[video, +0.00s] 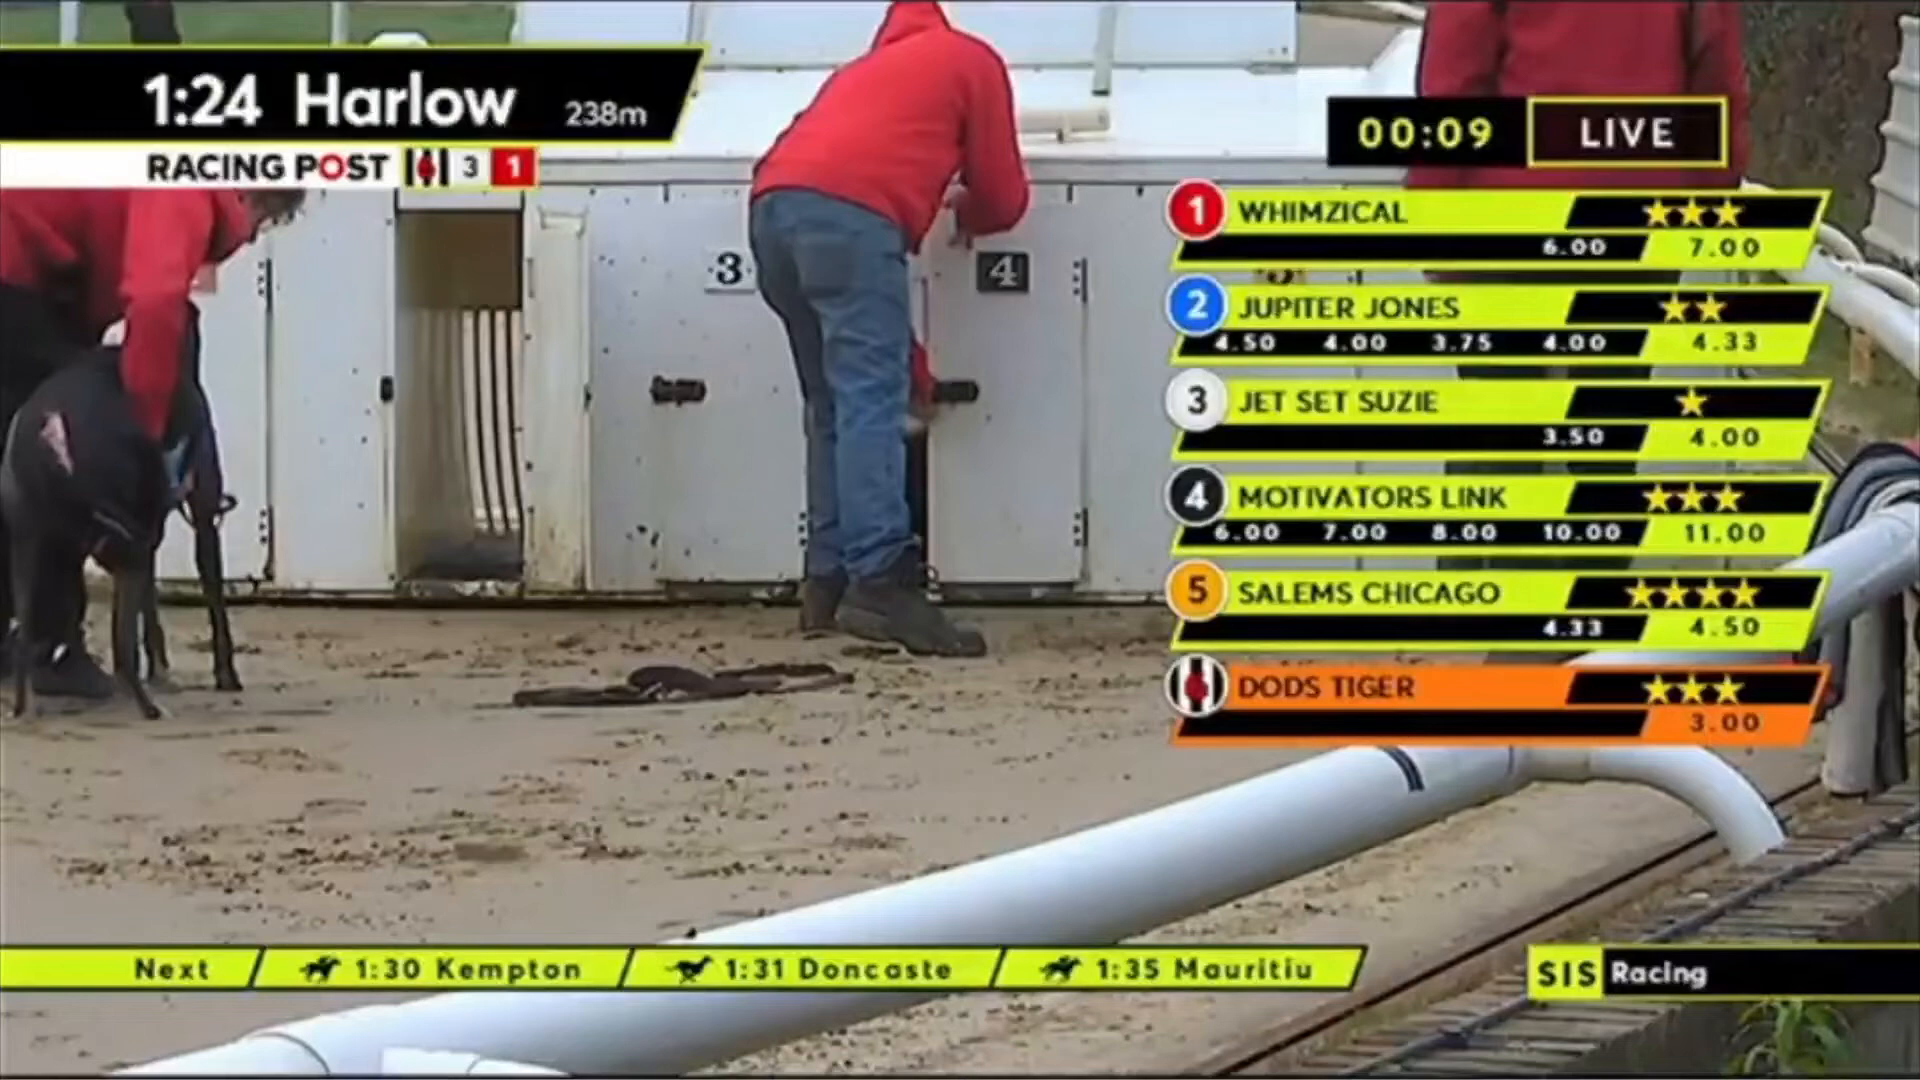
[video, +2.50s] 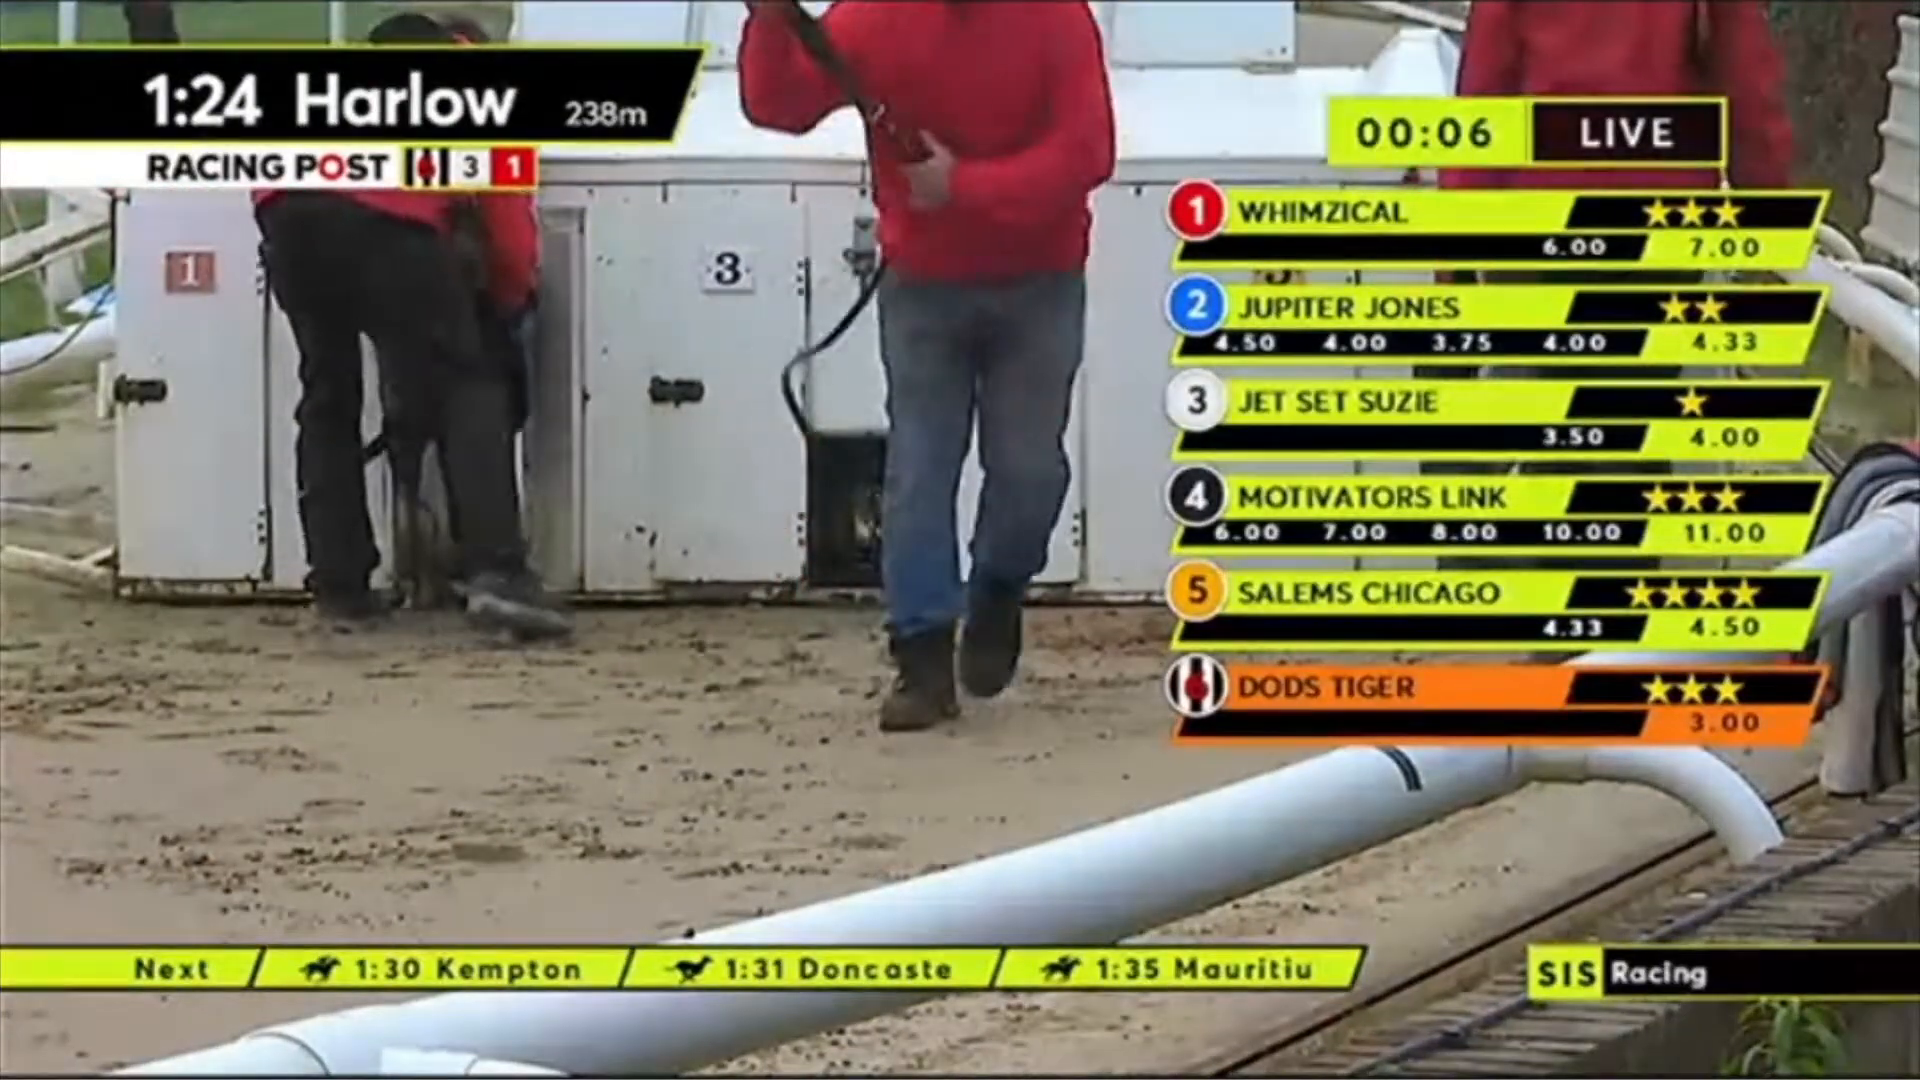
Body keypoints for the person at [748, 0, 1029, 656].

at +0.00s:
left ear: (894, 28)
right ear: (951, 23)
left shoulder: (861, 67)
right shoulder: (973, 58)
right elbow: (1003, 205)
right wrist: (968, 210)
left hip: (774, 212)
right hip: (854, 215)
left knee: (825, 403)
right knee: (872, 401)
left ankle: (826, 584)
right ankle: (880, 584)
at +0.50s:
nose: (1015, 12)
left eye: (1015, 11)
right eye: (1014, 7)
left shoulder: (919, 12)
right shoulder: (945, 13)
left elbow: (830, 78)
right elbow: (882, 109)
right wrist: (881, 242)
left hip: (808, 217)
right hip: (821, 223)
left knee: (849, 394)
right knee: (862, 392)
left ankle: (843, 581)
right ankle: (831, 595)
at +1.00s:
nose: (886, 66)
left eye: (901, 52)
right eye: (871, 50)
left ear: (928, 38)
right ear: (851, 36)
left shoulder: (974, 41)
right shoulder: (815, 77)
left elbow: (980, 131)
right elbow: (787, 234)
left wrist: (938, 211)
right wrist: (806, 372)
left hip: (932, 259)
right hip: (830, 271)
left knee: (952, 395)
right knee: (817, 419)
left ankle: (963, 587)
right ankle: (826, 602)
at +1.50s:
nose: (862, 364)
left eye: (876, 344)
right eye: (845, 346)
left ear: (907, 315)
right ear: (824, 318)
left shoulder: (996, 249)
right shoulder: (827, 312)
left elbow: (1093, 318)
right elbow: (791, 451)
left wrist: (1116, 430)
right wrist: (757, 617)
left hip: (1015, 313)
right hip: (918, 330)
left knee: (986, 440)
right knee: (872, 470)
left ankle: (972, 615)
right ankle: (901, 580)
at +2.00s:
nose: (905, 196)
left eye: (917, 181)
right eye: (890, 188)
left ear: (939, 142)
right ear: (861, 159)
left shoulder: (1003, 151)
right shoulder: (829, 176)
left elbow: (1054, 273)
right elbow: (802, 267)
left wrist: (976, 360)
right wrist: (799, 320)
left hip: (1011, 288)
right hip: (907, 290)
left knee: (1001, 448)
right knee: (881, 443)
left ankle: (985, 619)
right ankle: (907, 564)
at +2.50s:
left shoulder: (1057, 18)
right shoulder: (877, 16)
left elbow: (1085, 153)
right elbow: (778, 104)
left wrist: (963, 181)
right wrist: (772, 16)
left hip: (1038, 278)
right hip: (922, 276)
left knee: (1027, 468)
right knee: (918, 467)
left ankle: (999, 595)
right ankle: (923, 665)